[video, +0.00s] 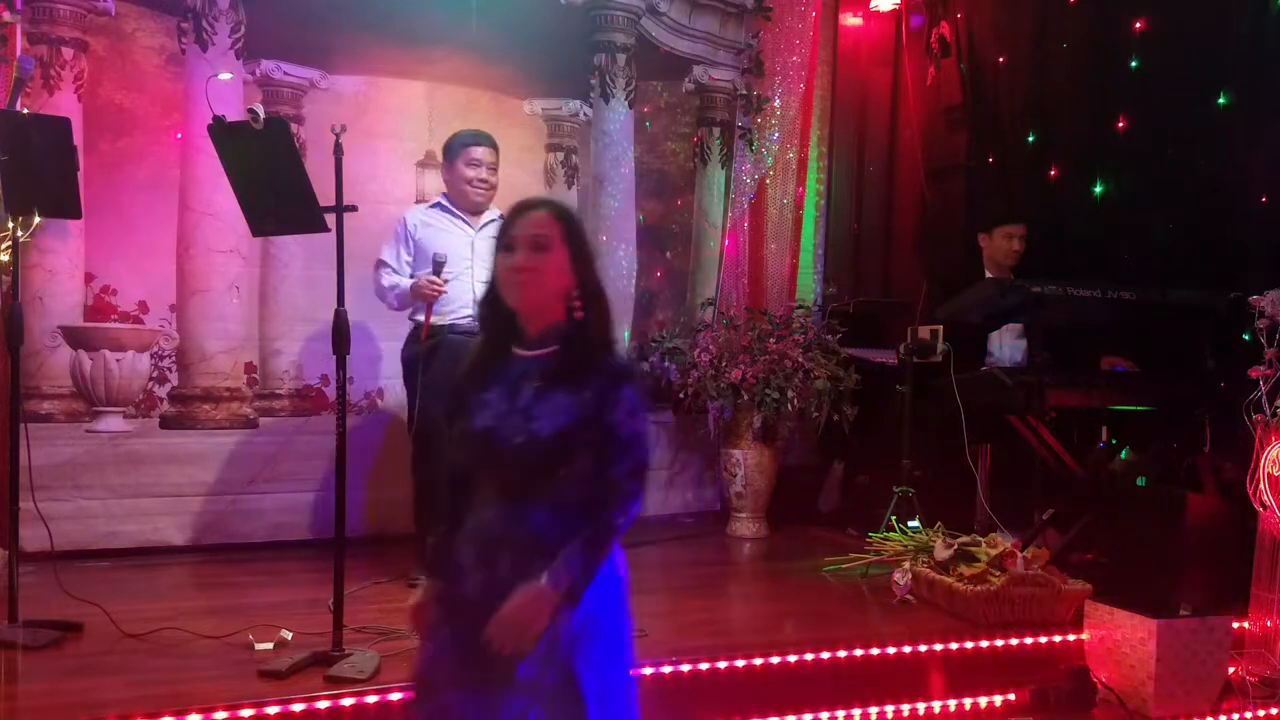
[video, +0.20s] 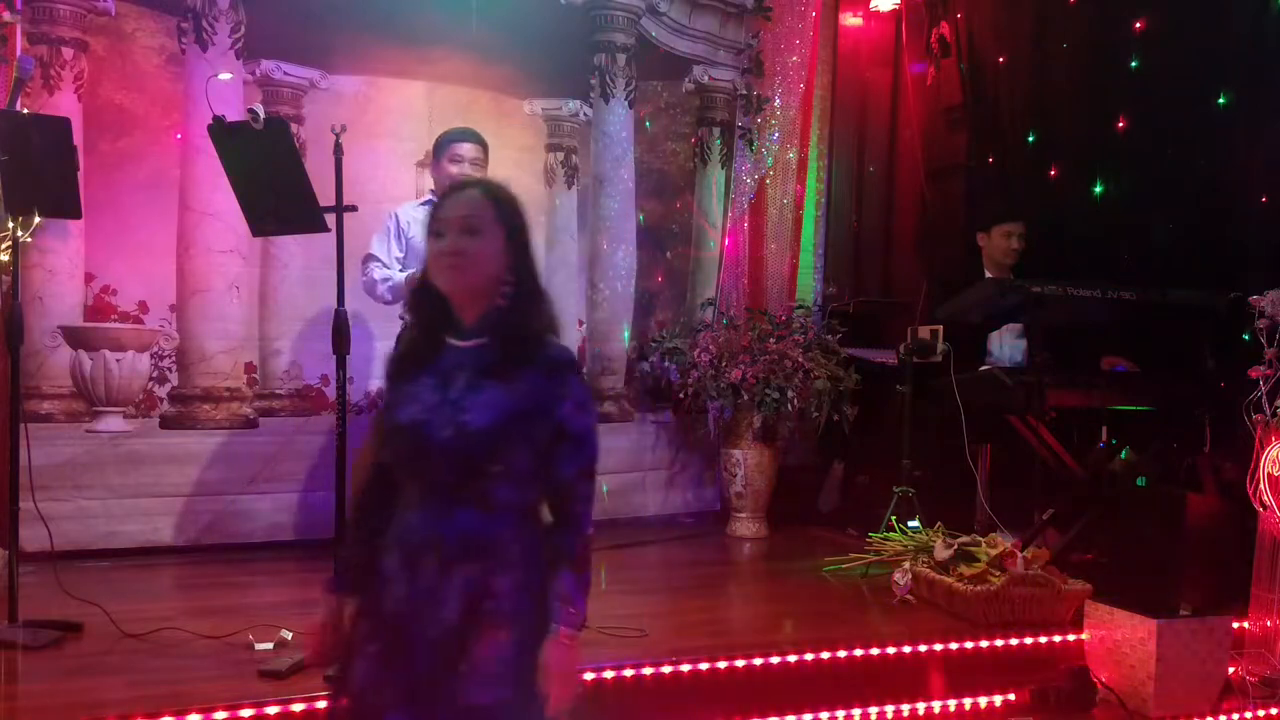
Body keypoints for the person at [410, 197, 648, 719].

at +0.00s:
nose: (520, 260)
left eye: (539, 245)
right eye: (508, 247)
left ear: (575, 269)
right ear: (494, 267)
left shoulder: (605, 376)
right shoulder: (475, 372)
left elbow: (621, 498)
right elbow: (455, 486)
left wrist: (551, 587)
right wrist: (435, 576)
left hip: (571, 582)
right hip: (472, 580)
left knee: (573, 709)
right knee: (455, 708)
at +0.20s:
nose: (450, 245)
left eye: (471, 230)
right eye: (439, 232)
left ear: (510, 252)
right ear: (425, 252)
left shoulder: (549, 370)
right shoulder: (413, 361)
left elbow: (573, 508)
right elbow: (380, 481)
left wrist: (566, 626)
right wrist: (346, 589)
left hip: (499, 592)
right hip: (403, 586)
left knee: (482, 705)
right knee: (389, 705)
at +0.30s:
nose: (418, 234)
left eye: (439, 218)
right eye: (406, 221)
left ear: (484, 241)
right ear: (393, 242)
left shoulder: (525, 363)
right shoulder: (378, 355)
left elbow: (560, 504)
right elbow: (336, 480)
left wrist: (562, 627)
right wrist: (287, 593)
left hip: (472, 592)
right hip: (374, 591)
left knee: (455, 709)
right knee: (354, 709)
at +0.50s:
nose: (349, 237)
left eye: (373, 219)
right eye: (336, 222)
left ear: (419, 239)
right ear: (322, 241)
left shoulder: (470, 365)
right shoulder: (306, 358)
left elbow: (505, 528)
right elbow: (246, 490)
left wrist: (505, 665)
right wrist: (183, 592)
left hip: (412, 627)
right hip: (310, 624)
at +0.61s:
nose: (319, 234)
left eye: (347, 216)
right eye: (302, 215)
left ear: (387, 242)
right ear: (279, 239)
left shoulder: (426, 375)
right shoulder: (257, 366)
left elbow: (465, 536)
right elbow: (204, 501)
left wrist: (468, 679)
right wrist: (141, 615)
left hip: (372, 633)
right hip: (260, 629)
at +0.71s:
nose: (273, 218)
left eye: (304, 200)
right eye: (253, 197)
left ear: (346, 228)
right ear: (229, 219)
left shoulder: (383, 380)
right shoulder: (202, 365)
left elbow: (422, 548)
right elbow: (159, 511)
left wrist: (419, 690)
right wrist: (98, 643)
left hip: (330, 652)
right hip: (206, 650)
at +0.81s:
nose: (214, 202)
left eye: (246, 183)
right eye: (195, 179)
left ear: (295, 211)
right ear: (169, 201)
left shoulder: (333, 374)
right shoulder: (147, 363)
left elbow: (354, 559)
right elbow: (108, 519)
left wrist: (337, 698)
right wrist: (58, 653)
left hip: (277, 683)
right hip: (139, 675)